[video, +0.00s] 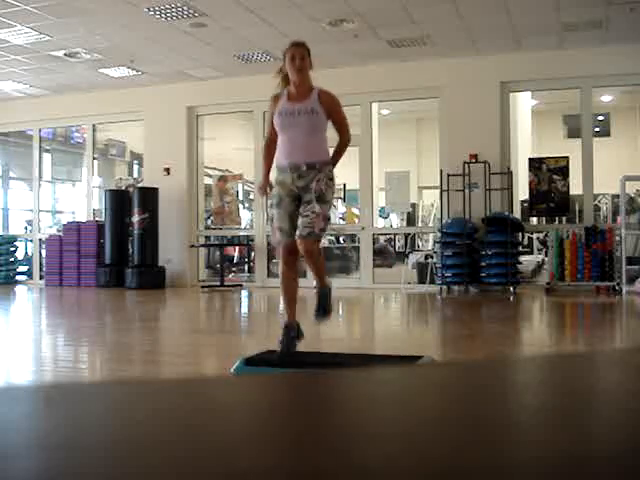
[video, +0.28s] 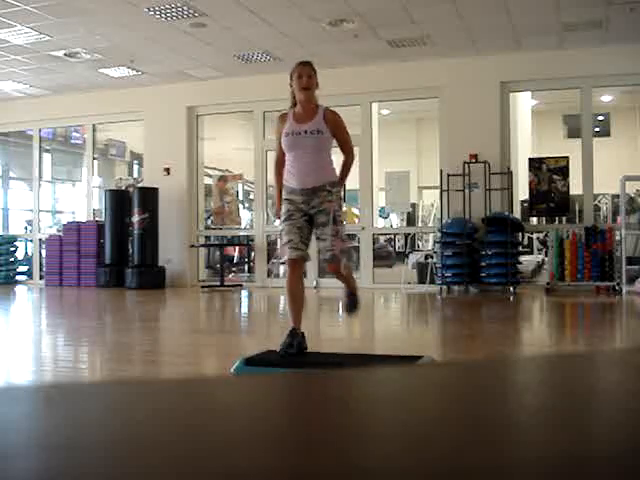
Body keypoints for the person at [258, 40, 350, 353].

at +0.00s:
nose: (298, 62)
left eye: (302, 57)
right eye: (292, 58)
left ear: (310, 63)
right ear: (284, 65)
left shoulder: (325, 98)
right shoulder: (279, 101)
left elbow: (345, 136)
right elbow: (271, 140)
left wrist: (331, 165)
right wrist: (265, 176)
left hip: (318, 174)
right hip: (284, 176)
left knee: (307, 242)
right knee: (287, 251)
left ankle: (323, 287)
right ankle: (290, 323)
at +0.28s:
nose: (305, 81)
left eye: (309, 76)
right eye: (300, 77)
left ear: (317, 82)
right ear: (292, 83)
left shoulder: (329, 117)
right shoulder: (283, 121)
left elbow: (349, 153)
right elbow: (280, 160)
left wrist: (339, 185)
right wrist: (279, 197)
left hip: (325, 194)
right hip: (292, 196)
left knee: (331, 263)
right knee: (293, 262)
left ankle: (351, 287)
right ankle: (296, 331)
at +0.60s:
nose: (313, 128)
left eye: (318, 123)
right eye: (308, 124)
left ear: (326, 126)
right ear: (303, 129)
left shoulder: (342, 159)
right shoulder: (304, 160)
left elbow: (365, 190)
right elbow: (309, 198)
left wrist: (376, 214)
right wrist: (307, 227)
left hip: (347, 229)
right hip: (317, 230)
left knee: (358, 288)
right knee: (303, 270)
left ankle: (377, 339)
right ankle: (298, 331)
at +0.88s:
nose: (305, 118)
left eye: (309, 113)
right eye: (300, 114)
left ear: (317, 117)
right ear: (294, 119)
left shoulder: (325, 145)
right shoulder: (298, 150)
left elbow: (328, 187)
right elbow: (291, 183)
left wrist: (300, 198)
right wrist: (259, 195)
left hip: (337, 214)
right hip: (313, 215)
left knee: (351, 275)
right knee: (296, 272)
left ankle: (372, 332)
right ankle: (312, 320)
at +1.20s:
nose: (262, 130)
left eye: (266, 126)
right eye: (263, 126)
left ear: (279, 129)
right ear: (276, 130)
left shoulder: (285, 157)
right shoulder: (273, 156)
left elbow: (267, 197)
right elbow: (261, 195)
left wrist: (250, 235)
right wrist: (250, 230)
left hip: (293, 221)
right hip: (282, 222)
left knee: (289, 281)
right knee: (288, 281)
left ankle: (328, 328)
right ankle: (312, 330)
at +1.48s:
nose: (200, 150)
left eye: (204, 145)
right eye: (201, 145)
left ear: (216, 147)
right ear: (221, 147)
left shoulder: (224, 175)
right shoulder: (235, 171)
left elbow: (212, 214)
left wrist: (203, 248)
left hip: (234, 241)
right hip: (250, 238)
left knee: (197, 289)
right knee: (260, 291)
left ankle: (184, 350)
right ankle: (292, 336)